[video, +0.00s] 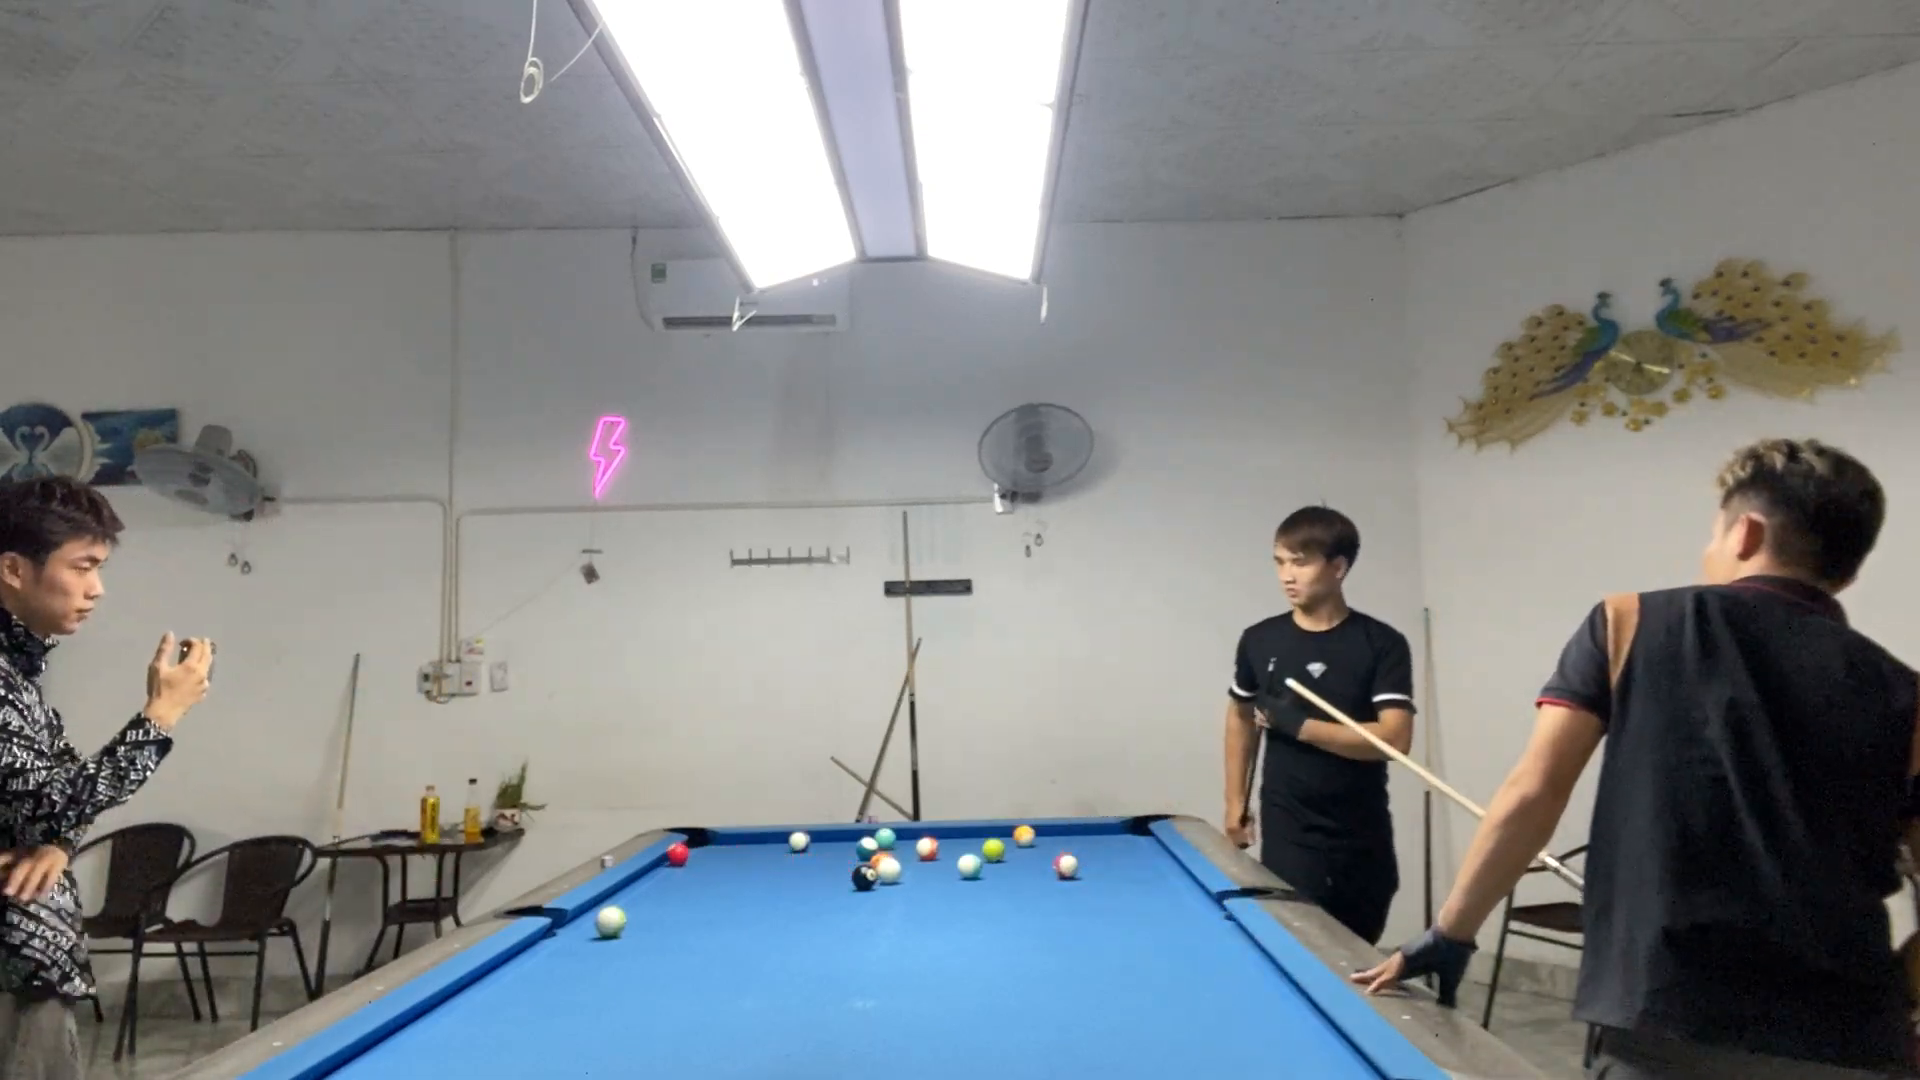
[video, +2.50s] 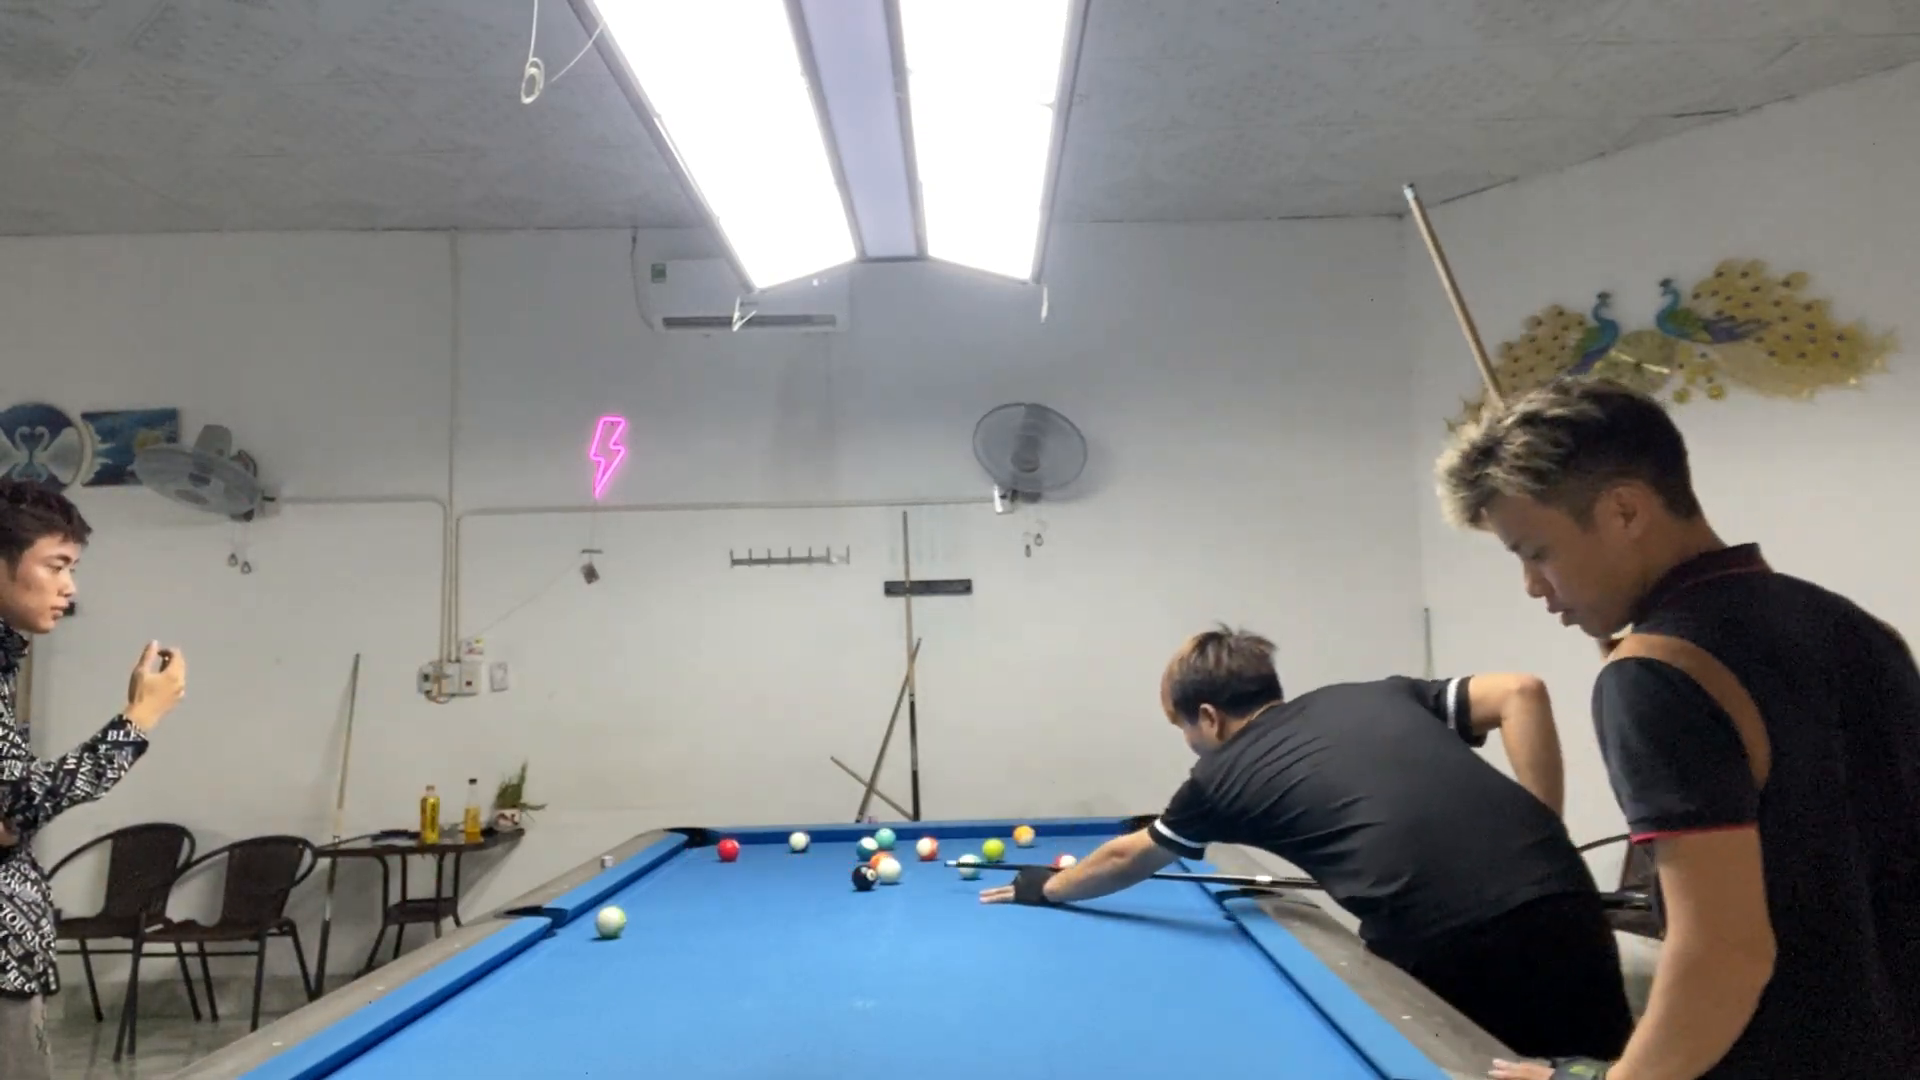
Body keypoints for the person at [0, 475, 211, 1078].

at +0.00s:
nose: (97, 588)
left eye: (99, 568)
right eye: (82, 566)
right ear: (14, 570)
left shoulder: (21, 673)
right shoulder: (3, 678)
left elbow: (69, 782)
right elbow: (46, 813)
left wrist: (56, 845)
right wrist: (159, 717)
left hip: (42, 980)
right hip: (21, 988)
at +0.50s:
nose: (75, 583)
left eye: (74, 564)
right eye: (60, 561)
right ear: (6, 565)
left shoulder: (12, 668)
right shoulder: (6, 672)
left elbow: (32, 792)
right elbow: (24, 801)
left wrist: (133, 713)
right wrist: (137, 714)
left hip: (29, 968)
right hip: (15, 973)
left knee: (40, 1066)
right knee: (34, 1068)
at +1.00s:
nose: (70, 592)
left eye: (71, 571)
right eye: (60, 568)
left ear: (19, 568)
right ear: (7, 567)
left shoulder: (7, 666)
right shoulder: (4, 669)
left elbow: (23, 795)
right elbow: (21, 801)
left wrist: (13, 825)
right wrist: (135, 721)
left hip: (20, 970)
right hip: (10, 974)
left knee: (31, 1067)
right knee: (29, 1069)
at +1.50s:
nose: (69, 590)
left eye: (69, 569)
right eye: (57, 565)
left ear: (17, 566)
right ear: (5, 565)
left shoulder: (6, 665)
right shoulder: (4, 668)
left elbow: (18, 798)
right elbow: (15, 802)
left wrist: (128, 724)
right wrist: (132, 724)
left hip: (17, 975)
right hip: (9, 977)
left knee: (29, 1069)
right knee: (26, 1070)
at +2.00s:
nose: (65, 584)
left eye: (67, 566)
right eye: (49, 562)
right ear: (1, 565)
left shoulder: (6, 670)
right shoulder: (3, 673)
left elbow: (22, 795)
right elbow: (19, 799)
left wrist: (131, 721)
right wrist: (134, 722)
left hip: (19, 973)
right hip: (10, 977)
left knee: (30, 1068)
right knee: (26, 1069)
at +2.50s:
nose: (70, 588)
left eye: (71, 569)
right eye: (56, 565)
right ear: (6, 567)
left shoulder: (9, 667)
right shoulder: (5, 670)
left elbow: (25, 795)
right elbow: (25, 799)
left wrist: (14, 824)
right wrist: (139, 720)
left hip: (20, 972)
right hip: (11, 974)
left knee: (30, 1069)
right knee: (26, 1070)